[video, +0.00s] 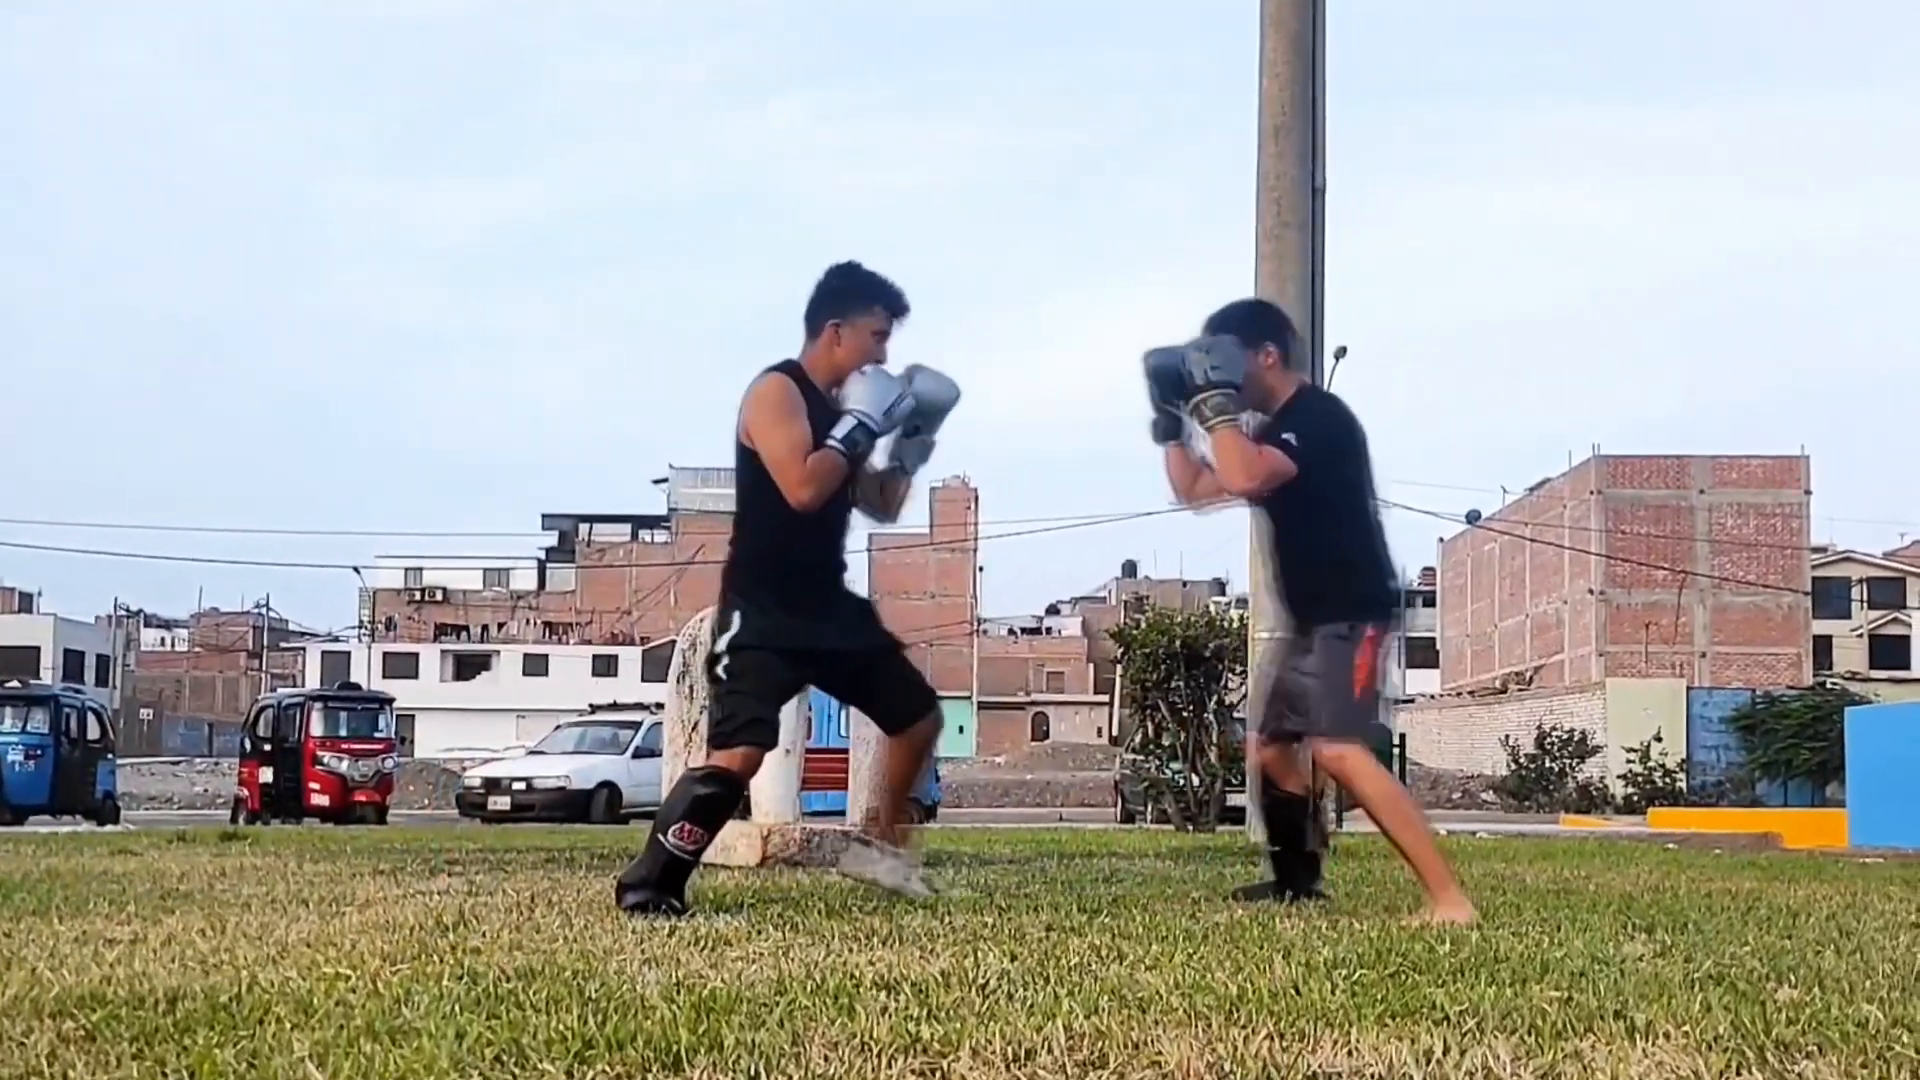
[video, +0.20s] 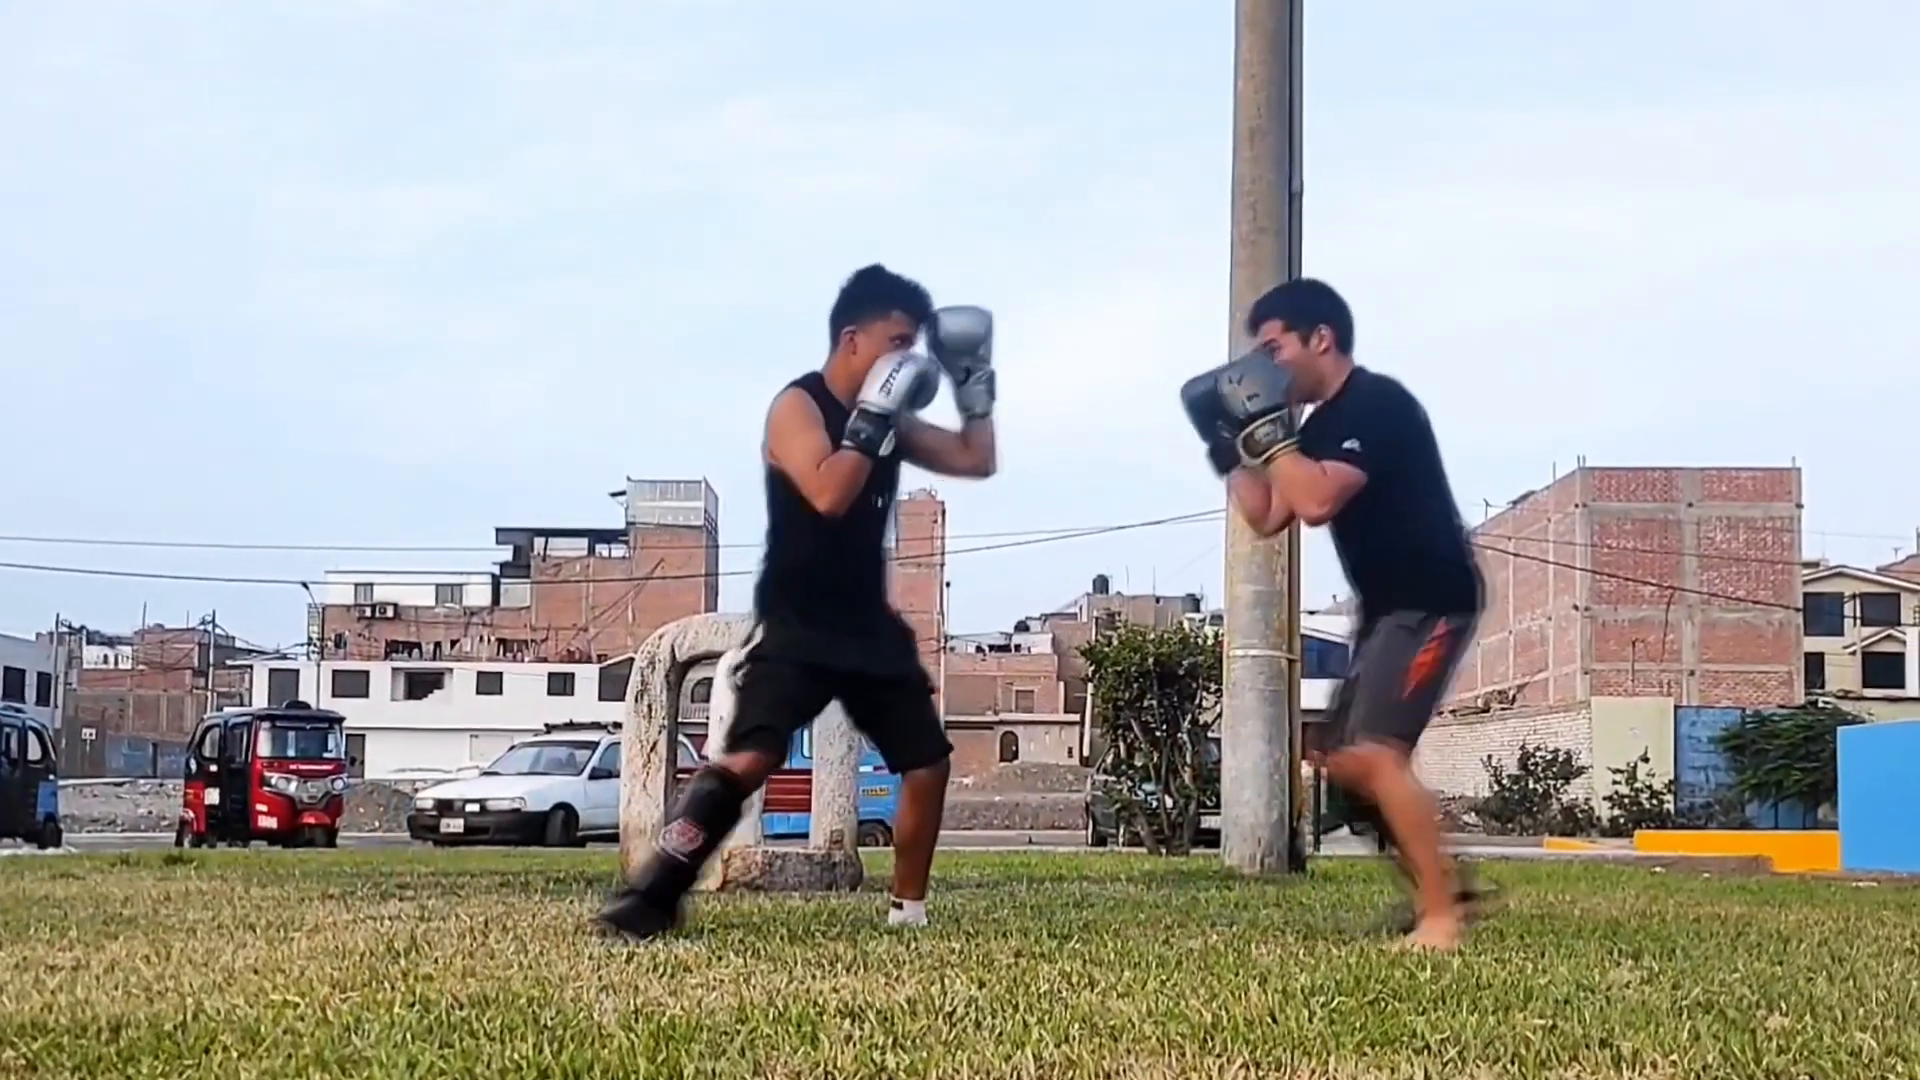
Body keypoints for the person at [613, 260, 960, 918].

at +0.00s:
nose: (885, 354)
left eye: (888, 339)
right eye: (877, 336)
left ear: (839, 334)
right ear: (833, 329)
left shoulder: (844, 411)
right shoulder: (774, 391)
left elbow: (884, 503)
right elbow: (804, 490)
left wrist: (912, 438)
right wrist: (861, 420)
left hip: (829, 607)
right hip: (764, 607)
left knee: (917, 718)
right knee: (739, 754)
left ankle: (881, 848)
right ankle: (648, 887)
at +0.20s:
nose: (907, 360)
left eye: (914, 347)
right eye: (898, 342)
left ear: (910, 354)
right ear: (852, 337)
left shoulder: (886, 422)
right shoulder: (796, 407)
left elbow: (978, 460)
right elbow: (829, 495)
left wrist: (973, 384)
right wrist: (874, 415)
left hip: (869, 629)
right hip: (797, 626)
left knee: (928, 765)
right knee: (753, 755)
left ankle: (908, 914)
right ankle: (649, 898)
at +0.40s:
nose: (949, 351)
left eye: (953, 336)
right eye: (940, 334)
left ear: (933, 336)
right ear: (894, 328)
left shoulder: (921, 414)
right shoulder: (830, 396)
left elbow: (986, 496)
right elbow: (850, 496)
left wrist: (1007, 419)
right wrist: (908, 418)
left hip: (911, 614)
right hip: (830, 613)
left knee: (995, 742)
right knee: (807, 753)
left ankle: (948, 877)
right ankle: (760, 912)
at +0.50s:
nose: (975, 370)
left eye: (978, 355)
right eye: (965, 352)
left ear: (942, 354)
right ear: (916, 348)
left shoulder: (944, 432)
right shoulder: (849, 421)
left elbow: (985, 533)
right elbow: (862, 522)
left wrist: (1024, 476)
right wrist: (924, 451)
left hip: (950, 638)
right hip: (865, 644)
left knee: (1054, 732)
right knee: (820, 771)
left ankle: (1030, 866)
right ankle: (761, 913)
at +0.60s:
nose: (1018, 381)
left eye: (1021, 366)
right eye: (1008, 364)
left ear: (974, 363)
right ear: (961, 363)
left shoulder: (997, 444)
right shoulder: (893, 435)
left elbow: (1046, 518)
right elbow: (877, 542)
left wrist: (1100, 479)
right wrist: (943, 478)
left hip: (990, 649)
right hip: (901, 654)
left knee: (1100, 748)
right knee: (845, 775)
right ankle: (769, 911)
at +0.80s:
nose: (1173, 396)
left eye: (1175, 382)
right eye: (1163, 380)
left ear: (1133, 387)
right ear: (1118, 381)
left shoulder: (1134, 464)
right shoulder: (1075, 437)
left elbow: (1185, 537)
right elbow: (1091, 507)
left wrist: (1256, 489)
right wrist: (1195, 471)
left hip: (1088, 668)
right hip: (1025, 665)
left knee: (1190, 763)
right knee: (937, 800)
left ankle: (1213, 930)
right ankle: (800, 897)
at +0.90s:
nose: (1218, 412)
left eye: (1217, 399)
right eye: (1210, 396)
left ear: (1153, 395)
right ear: (1177, 392)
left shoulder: (1112, 458)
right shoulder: (1169, 432)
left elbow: (1114, 570)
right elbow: (1281, 447)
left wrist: (1189, 555)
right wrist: (1372, 454)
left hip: (1102, 657)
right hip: (1062, 648)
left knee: (1189, 765)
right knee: (960, 787)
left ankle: (1209, 926)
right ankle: (834, 861)